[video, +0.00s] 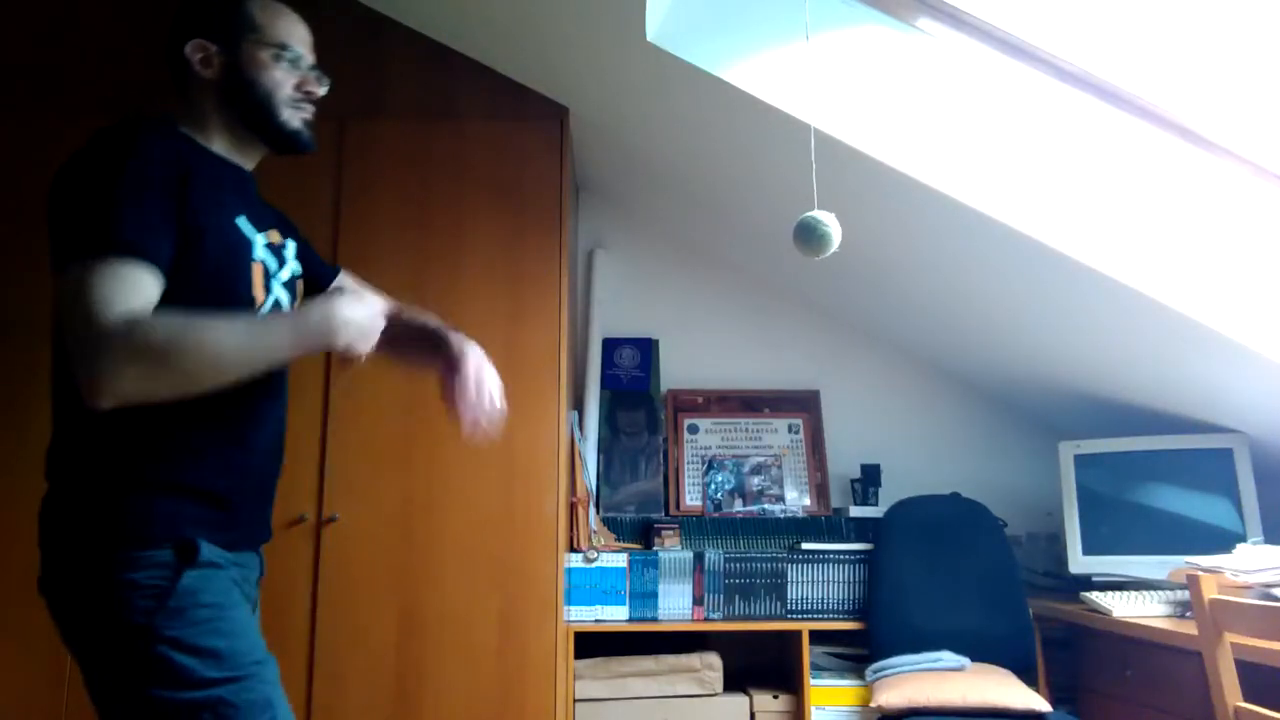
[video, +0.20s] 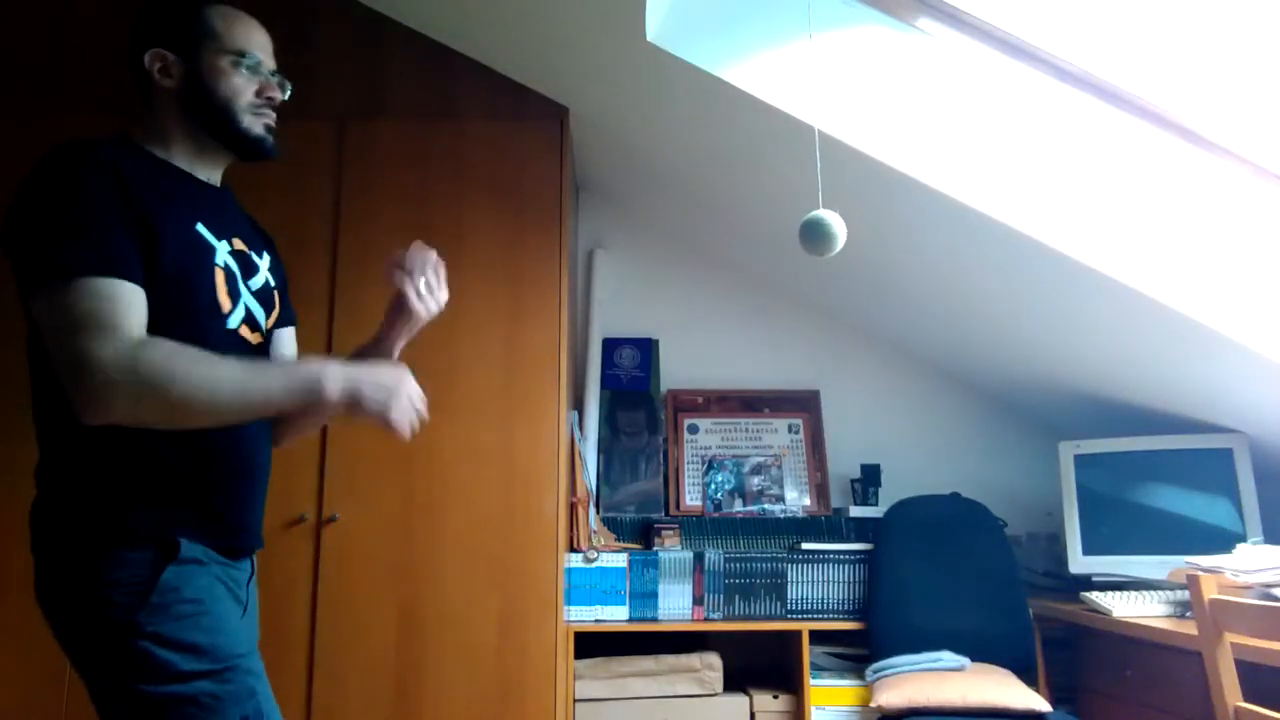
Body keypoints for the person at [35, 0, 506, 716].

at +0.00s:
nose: (314, 83)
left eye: (313, 69)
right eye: (285, 58)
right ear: (208, 61)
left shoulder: (258, 217)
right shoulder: (134, 162)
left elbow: (356, 305)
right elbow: (109, 361)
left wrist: (446, 346)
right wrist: (313, 325)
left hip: (221, 557)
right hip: (150, 558)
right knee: (253, 705)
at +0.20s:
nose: (274, 87)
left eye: (273, 74)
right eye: (245, 64)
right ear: (166, 69)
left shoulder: (254, 242)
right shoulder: (89, 181)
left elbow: (272, 421)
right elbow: (104, 375)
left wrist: (391, 339)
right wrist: (329, 382)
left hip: (225, 565)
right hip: (140, 563)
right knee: (242, 708)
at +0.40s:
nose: (268, 86)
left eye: (266, 72)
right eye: (235, 63)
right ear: (157, 73)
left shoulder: (253, 236)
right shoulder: (75, 189)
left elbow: (314, 399)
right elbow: (108, 369)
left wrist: (395, 358)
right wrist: (313, 306)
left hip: (249, 576)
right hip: (152, 578)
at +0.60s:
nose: (287, 66)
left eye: (286, 52)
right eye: (256, 44)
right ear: (176, 56)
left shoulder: (279, 218)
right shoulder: (94, 174)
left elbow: (339, 390)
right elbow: (87, 367)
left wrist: (406, 274)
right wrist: (268, 257)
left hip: (269, 562)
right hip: (177, 563)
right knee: (262, 708)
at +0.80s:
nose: (314, 74)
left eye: (311, 59)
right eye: (283, 50)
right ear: (203, 64)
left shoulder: (278, 222)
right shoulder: (136, 172)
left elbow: (393, 374)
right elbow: (203, 338)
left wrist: (427, 268)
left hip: (287, 570)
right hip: (214, 572)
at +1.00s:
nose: (332, 57)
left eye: (328, 41)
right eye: (298, 35)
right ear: (217, 54)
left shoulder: (318, 217)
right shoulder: (156, 176)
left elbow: (410, 377)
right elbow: (181, 393)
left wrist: (453, 255)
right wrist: (369, 287)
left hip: (307, 563)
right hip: (233, 562)